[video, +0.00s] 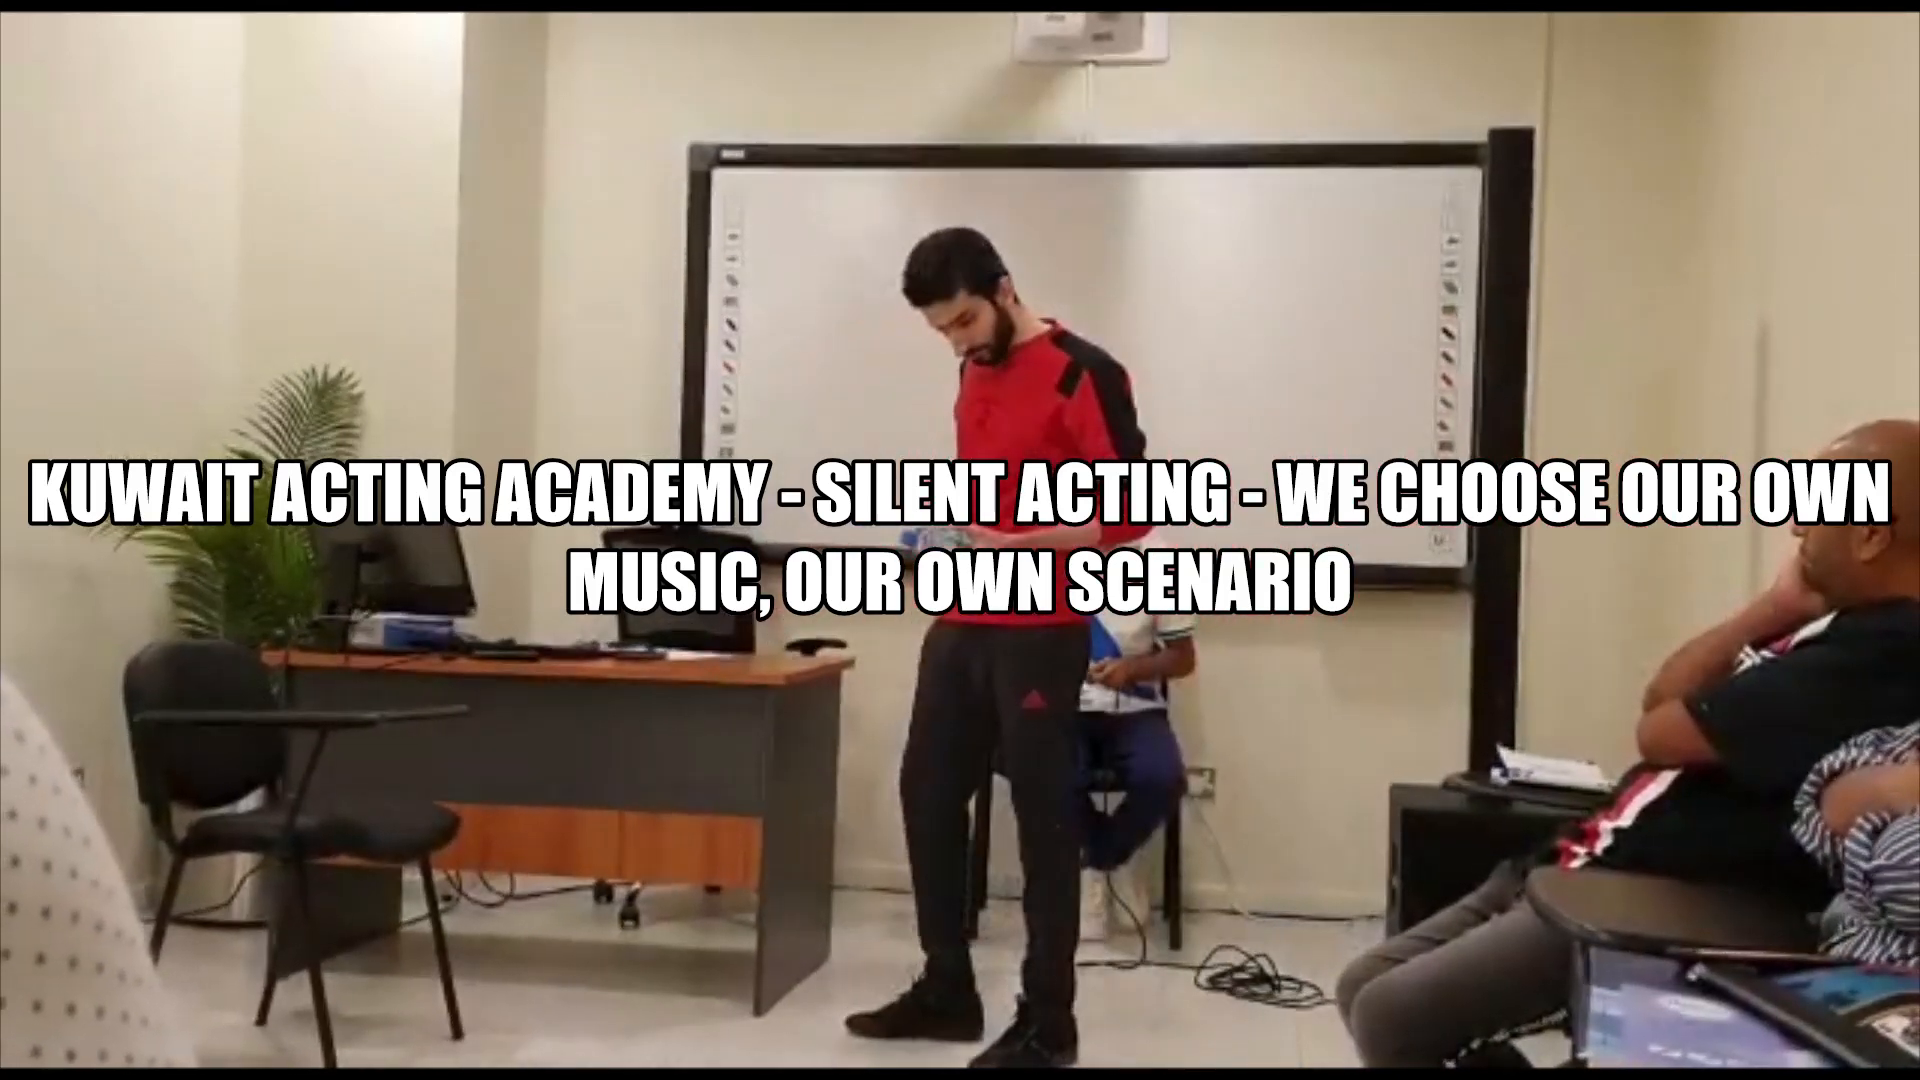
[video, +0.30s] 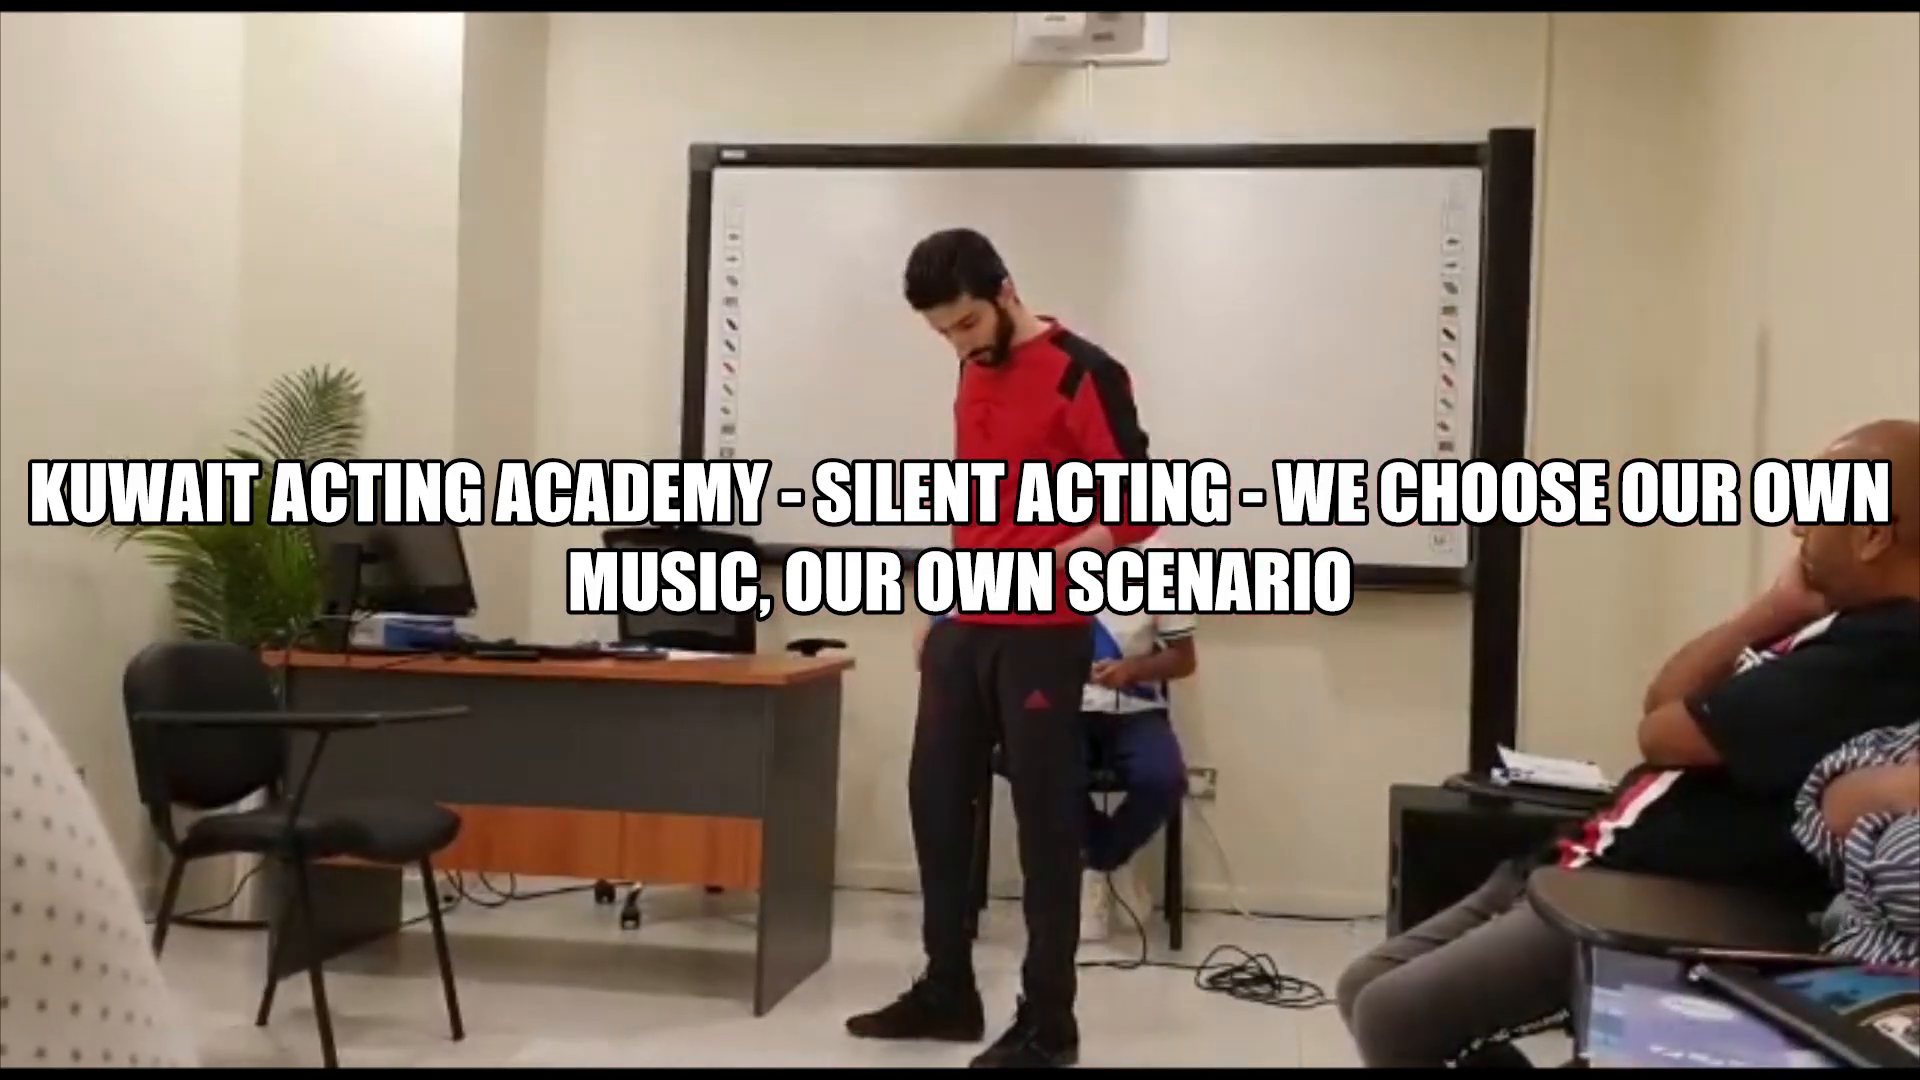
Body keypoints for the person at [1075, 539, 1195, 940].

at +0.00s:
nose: (1118, 533)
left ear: (1137, 536)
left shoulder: (1156, 576)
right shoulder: (1056, 575)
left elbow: (1183, 656)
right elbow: (1034, 646)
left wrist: (1134, 667)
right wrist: (1076, 670)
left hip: (1139, 713)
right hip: (1072, 712)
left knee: (1162, 778)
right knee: (1051, 780)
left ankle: (1097, 863)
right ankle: (1117, 861)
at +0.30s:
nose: (1126, 530)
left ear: (1139, 535)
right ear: (1083, 528)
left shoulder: (1156, 575)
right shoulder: (1057, 572)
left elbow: (1184, 658)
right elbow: (1034, 648)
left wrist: (1132, 669)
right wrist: (1073, 670)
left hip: (1139, 714)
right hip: (1072, 713)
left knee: (1162, 780)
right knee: (1048, 778)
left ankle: (1096, 868)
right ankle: (1116, 862)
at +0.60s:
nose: (1120, 511)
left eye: (1129, 495)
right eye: (1109, 496)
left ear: (1142, 503)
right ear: (1087, 501)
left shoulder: (1156, 560)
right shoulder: (1063, 559)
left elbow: (1183, 658)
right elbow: (1038, 634)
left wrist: (1132, 669)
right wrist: (1066, 666)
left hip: (1138, 712)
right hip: (1072, 710)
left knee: (1161, 782)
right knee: (1048, 780)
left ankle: (1095, 868)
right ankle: (1116, 862)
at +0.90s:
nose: (1121, 511)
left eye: (1131, 496)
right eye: (1110, 499)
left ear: (1142, 503)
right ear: (1088, 502)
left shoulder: (1157, 562)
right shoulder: (1062, 559)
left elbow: (1183, 659)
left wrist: (1132, 670)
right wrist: (1066, 667)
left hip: (1138, 713)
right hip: (1073, 712)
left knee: (1161, 782)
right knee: (1050, 783)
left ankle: (1095, 868)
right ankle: (1117, 863)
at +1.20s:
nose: (1123, 509)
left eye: (1134, 493)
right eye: (1112, 494)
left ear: (1145, 501)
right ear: (1087, 499)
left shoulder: (1157, 558)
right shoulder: (1064, 556)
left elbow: (1184, 660)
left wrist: (1133, 669)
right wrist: (1072, 666)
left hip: (1139, 715)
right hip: (1074, 713)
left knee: (1163, 783)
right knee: (1048, 782)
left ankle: (1098, 868)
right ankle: (1119, 861)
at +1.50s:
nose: (1119, 511)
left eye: (1129, 496)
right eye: (1110, 497)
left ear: (1141, 502)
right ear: (1085, 501)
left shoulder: (1157, 559)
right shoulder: (1065, 560)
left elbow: (1185, 660)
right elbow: (1037, 634)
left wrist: (1134, 670)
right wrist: (1068, 665)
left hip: (1139, 714)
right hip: (1073, 713)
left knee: (1164, 783)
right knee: (1044, 776)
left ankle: (1098, 869)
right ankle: (1117, 856)